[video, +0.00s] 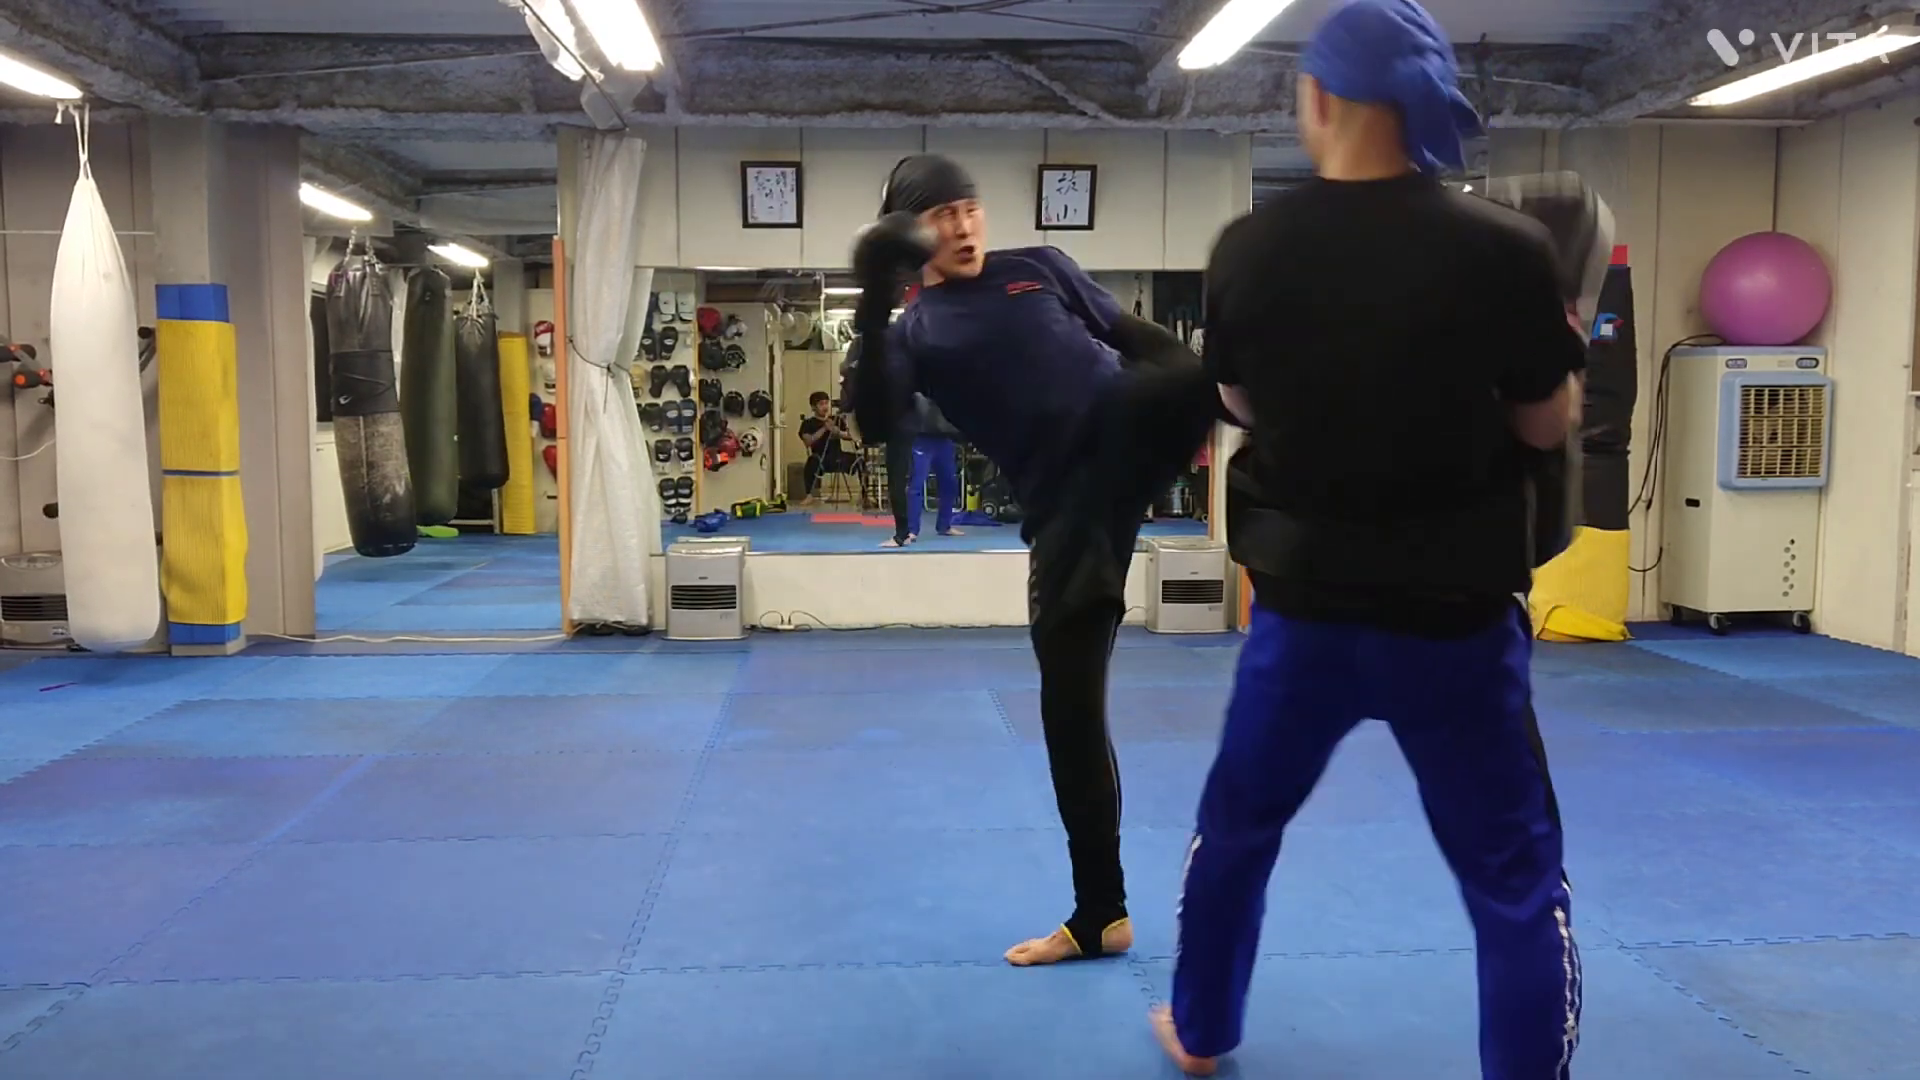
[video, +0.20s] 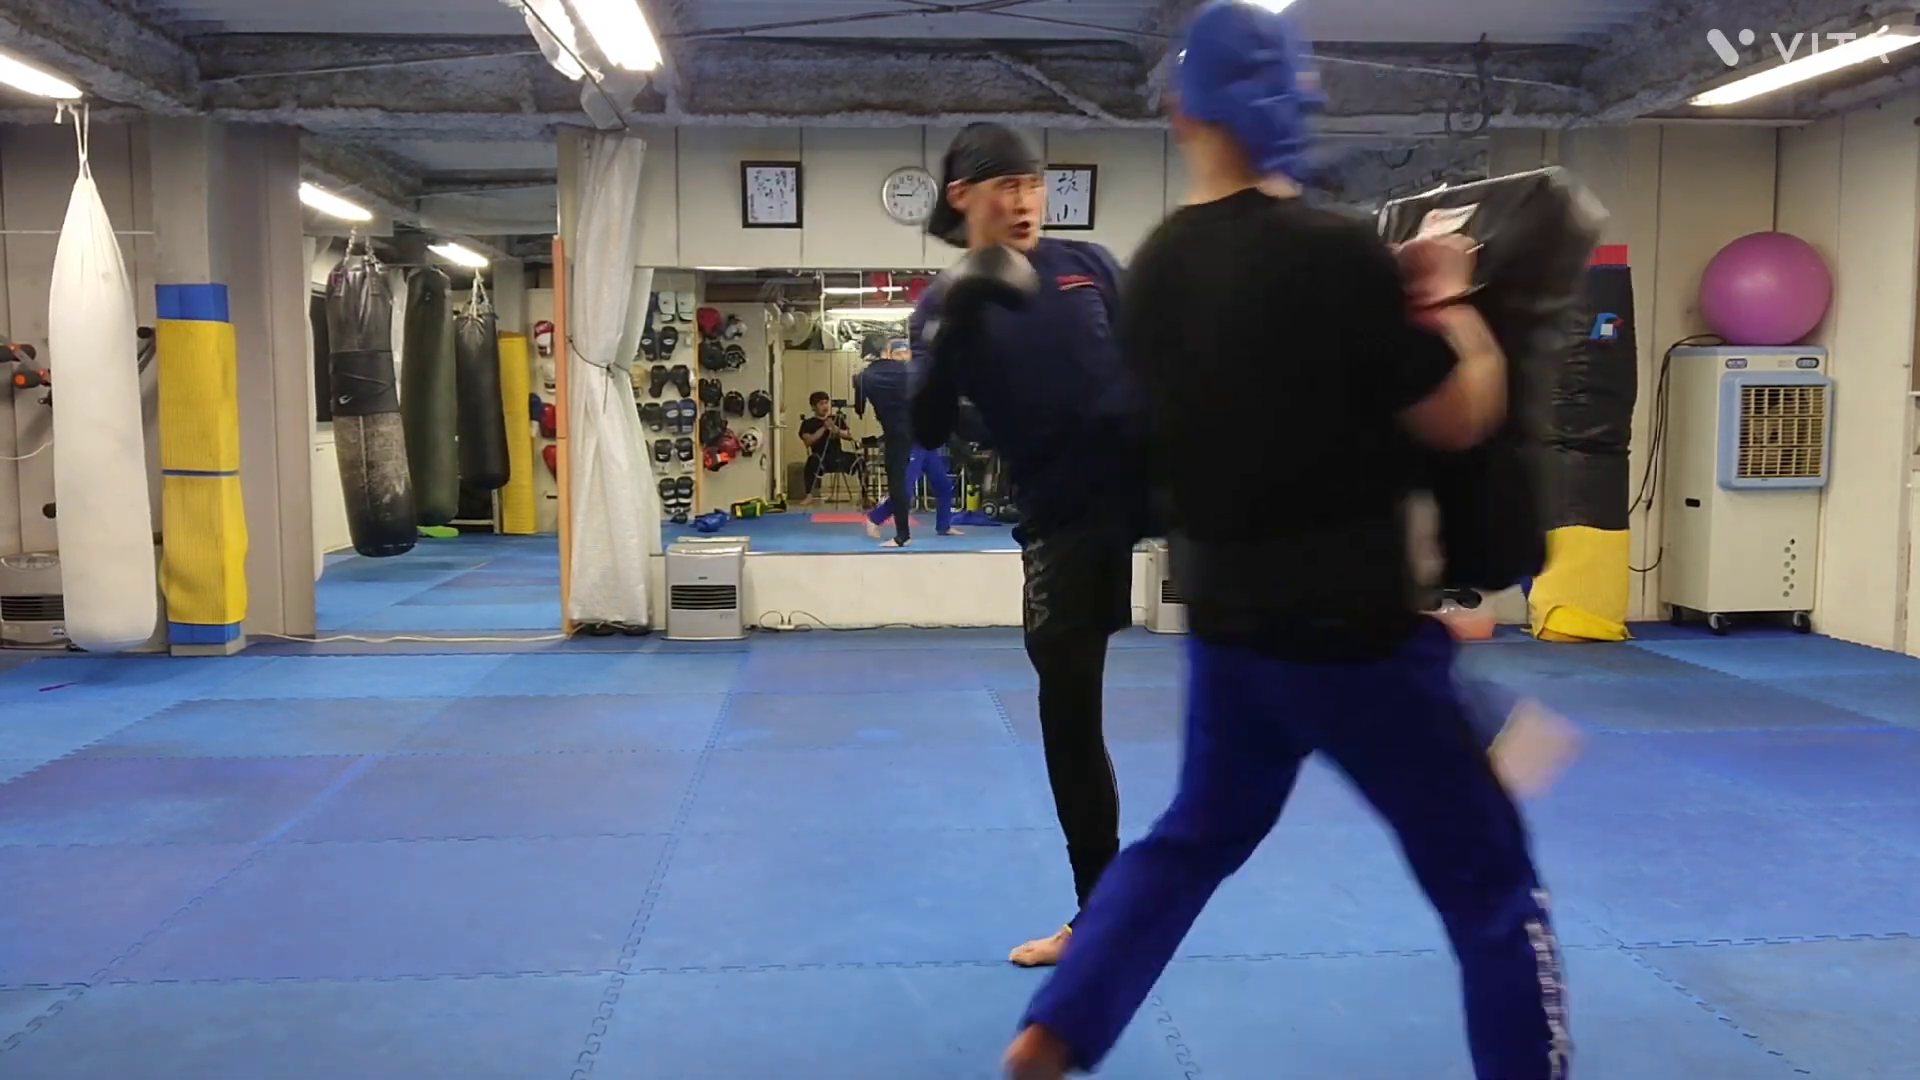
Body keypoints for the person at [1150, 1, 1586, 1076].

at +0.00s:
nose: (1303, 112)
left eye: (1307, 94)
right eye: (1309, 92)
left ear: (1325, 105)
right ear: (1420, 108)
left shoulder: (1253, 245)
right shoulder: (1504, 247)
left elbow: (1242, 402)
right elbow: (1549, 420)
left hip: (1303, 624)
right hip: (1455, 632)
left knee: (1235, 831)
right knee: (1515, 883)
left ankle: (1200, 1034)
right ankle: (1531, 1072)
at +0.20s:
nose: (1168, 116)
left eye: (1171, 101)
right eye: (1184, 101)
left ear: (1186, 113)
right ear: (1290, 109)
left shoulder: (1156, 264)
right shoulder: (1335, 251)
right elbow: (1464, 411)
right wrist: (1448, 290)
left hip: (1229, 640)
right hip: (1361, 646)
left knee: (1196, 835)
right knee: (1489, 885)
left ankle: (1048, 1043)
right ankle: (1527, 1069)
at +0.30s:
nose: (1228, 132)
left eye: (1225, 116)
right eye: (1225, 113)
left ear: (1110, 121)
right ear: (1214, 120)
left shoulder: (1086, 262)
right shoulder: (1216, 254)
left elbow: (1166, 421)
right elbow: (1334, 434)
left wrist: (1300, 336)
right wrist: (1374, 331)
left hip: (1138, 651)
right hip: (1258, 657)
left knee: (1132, 880)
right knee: (1420, 907)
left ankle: (1015, 1069)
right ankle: (1498, 1069)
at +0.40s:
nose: (1158, 81)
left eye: (1151, 59)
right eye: (1152, 61)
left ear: (1035, 87)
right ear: (1137, 80)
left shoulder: (1014, 230)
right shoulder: (1104, 229)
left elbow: (1103, 398)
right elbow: (1211, 408)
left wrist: (1252, 327)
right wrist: (1290, 334)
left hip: (1041, 634)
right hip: (1141, 638)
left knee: (1090, 870)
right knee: (1301, 877)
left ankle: (1024, 1070)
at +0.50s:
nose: (1123, 62)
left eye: (1117, 44)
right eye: (1117, 44)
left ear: (1003, 70)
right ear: (1096, 60)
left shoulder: (979, 206)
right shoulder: (1060, 203)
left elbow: (1068, 380)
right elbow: (1170, 396)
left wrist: (1217, 320)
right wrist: (1245, 334)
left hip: (998, 617)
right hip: (1090, 623)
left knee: (1061, 877)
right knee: (1230, 878)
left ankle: (1018, 1072)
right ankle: (1162, 1063)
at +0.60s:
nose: (1072, 49)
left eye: (1066, 32)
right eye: (1065, 32)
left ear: (955, 59)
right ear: (1041, 48)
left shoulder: (927, 191)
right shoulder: (1009, 191)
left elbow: (1017, 377)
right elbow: (1126, 384)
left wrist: (1150, 307)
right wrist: (1192, 306)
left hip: (946, 607)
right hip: (1011, 618)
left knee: (1011, 904)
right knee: (1063, 923)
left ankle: (1017, 1069)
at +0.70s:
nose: (1025, 51)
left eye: (1018, 34)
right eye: (1017, 34)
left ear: (911, 63)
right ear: (992, 54)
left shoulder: (880, 192)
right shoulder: (961, 195)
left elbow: (953, 381)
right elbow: (1073, 401)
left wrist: (1084, 313)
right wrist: (1137, 316)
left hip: (899, 607)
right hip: (935, 618)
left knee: (1004, 862)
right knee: (879, 936)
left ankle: (1008, 1072)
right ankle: (744, 1077)